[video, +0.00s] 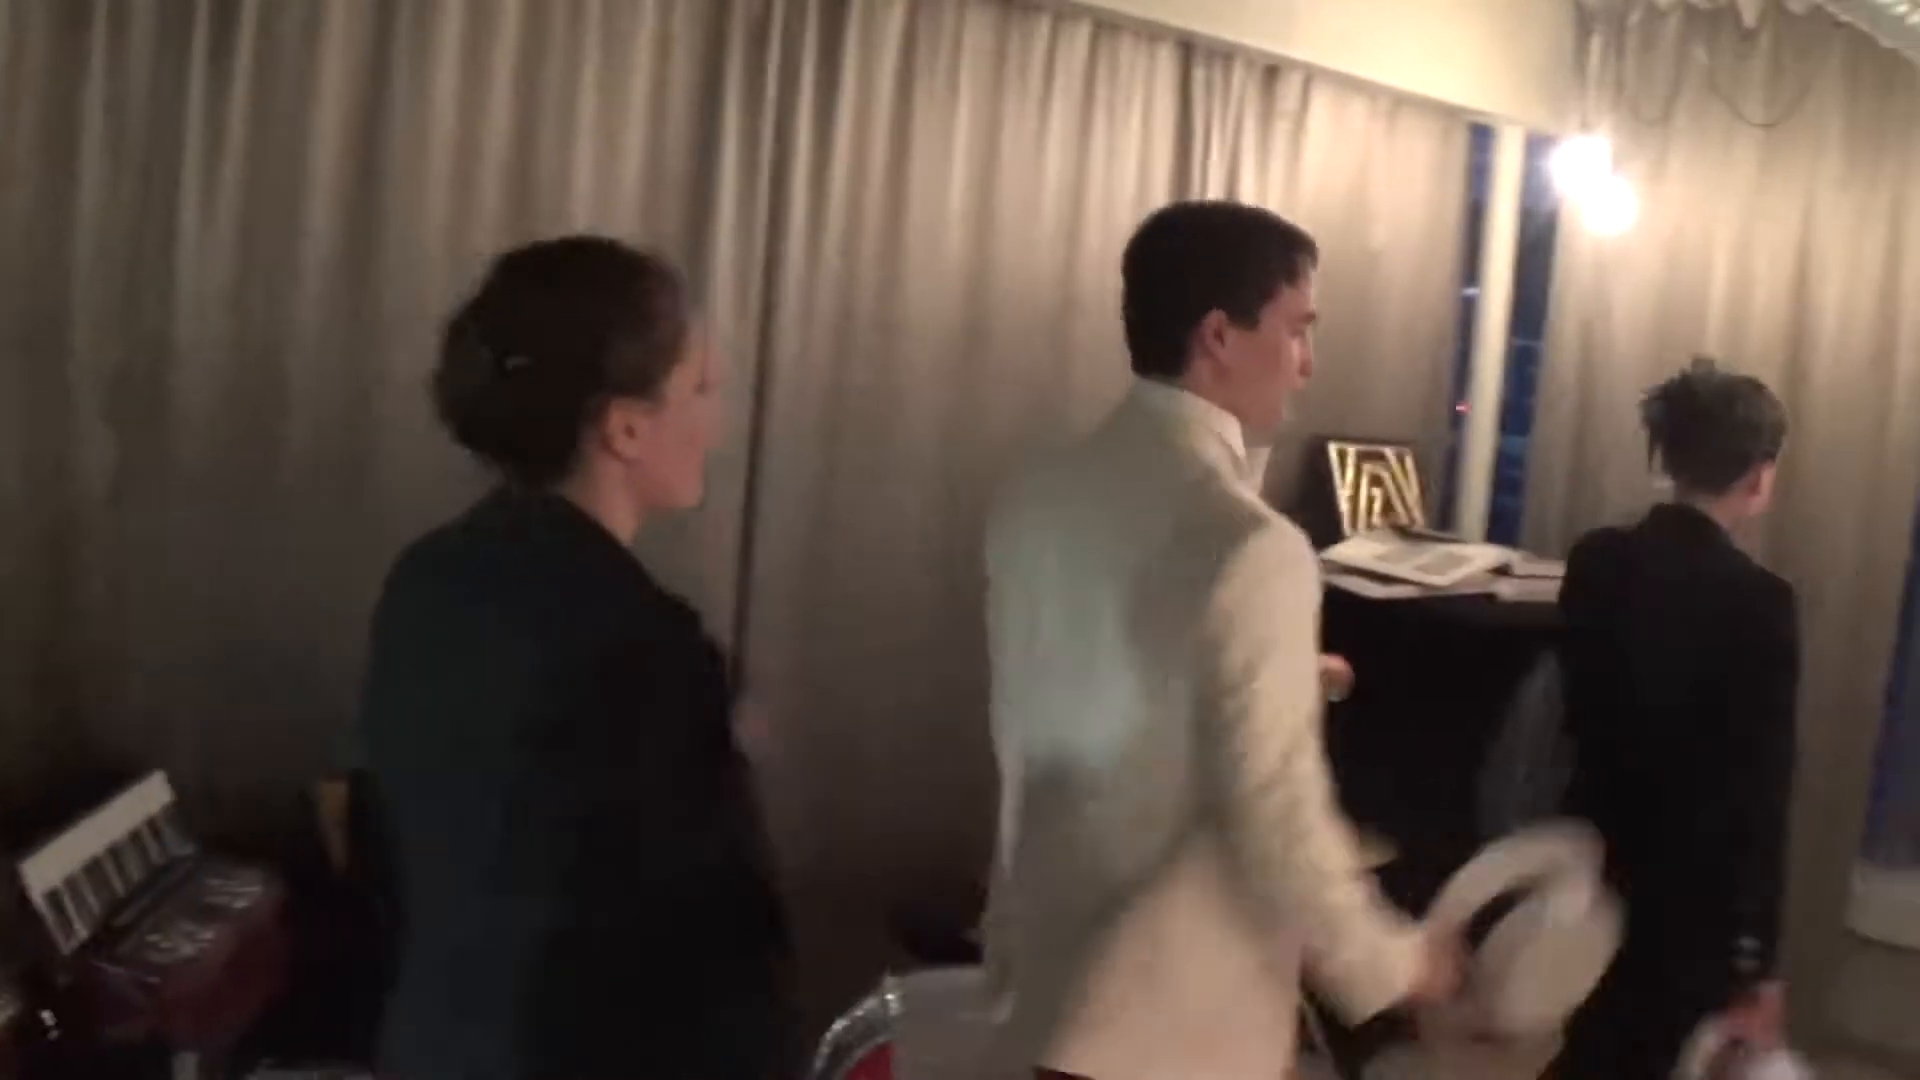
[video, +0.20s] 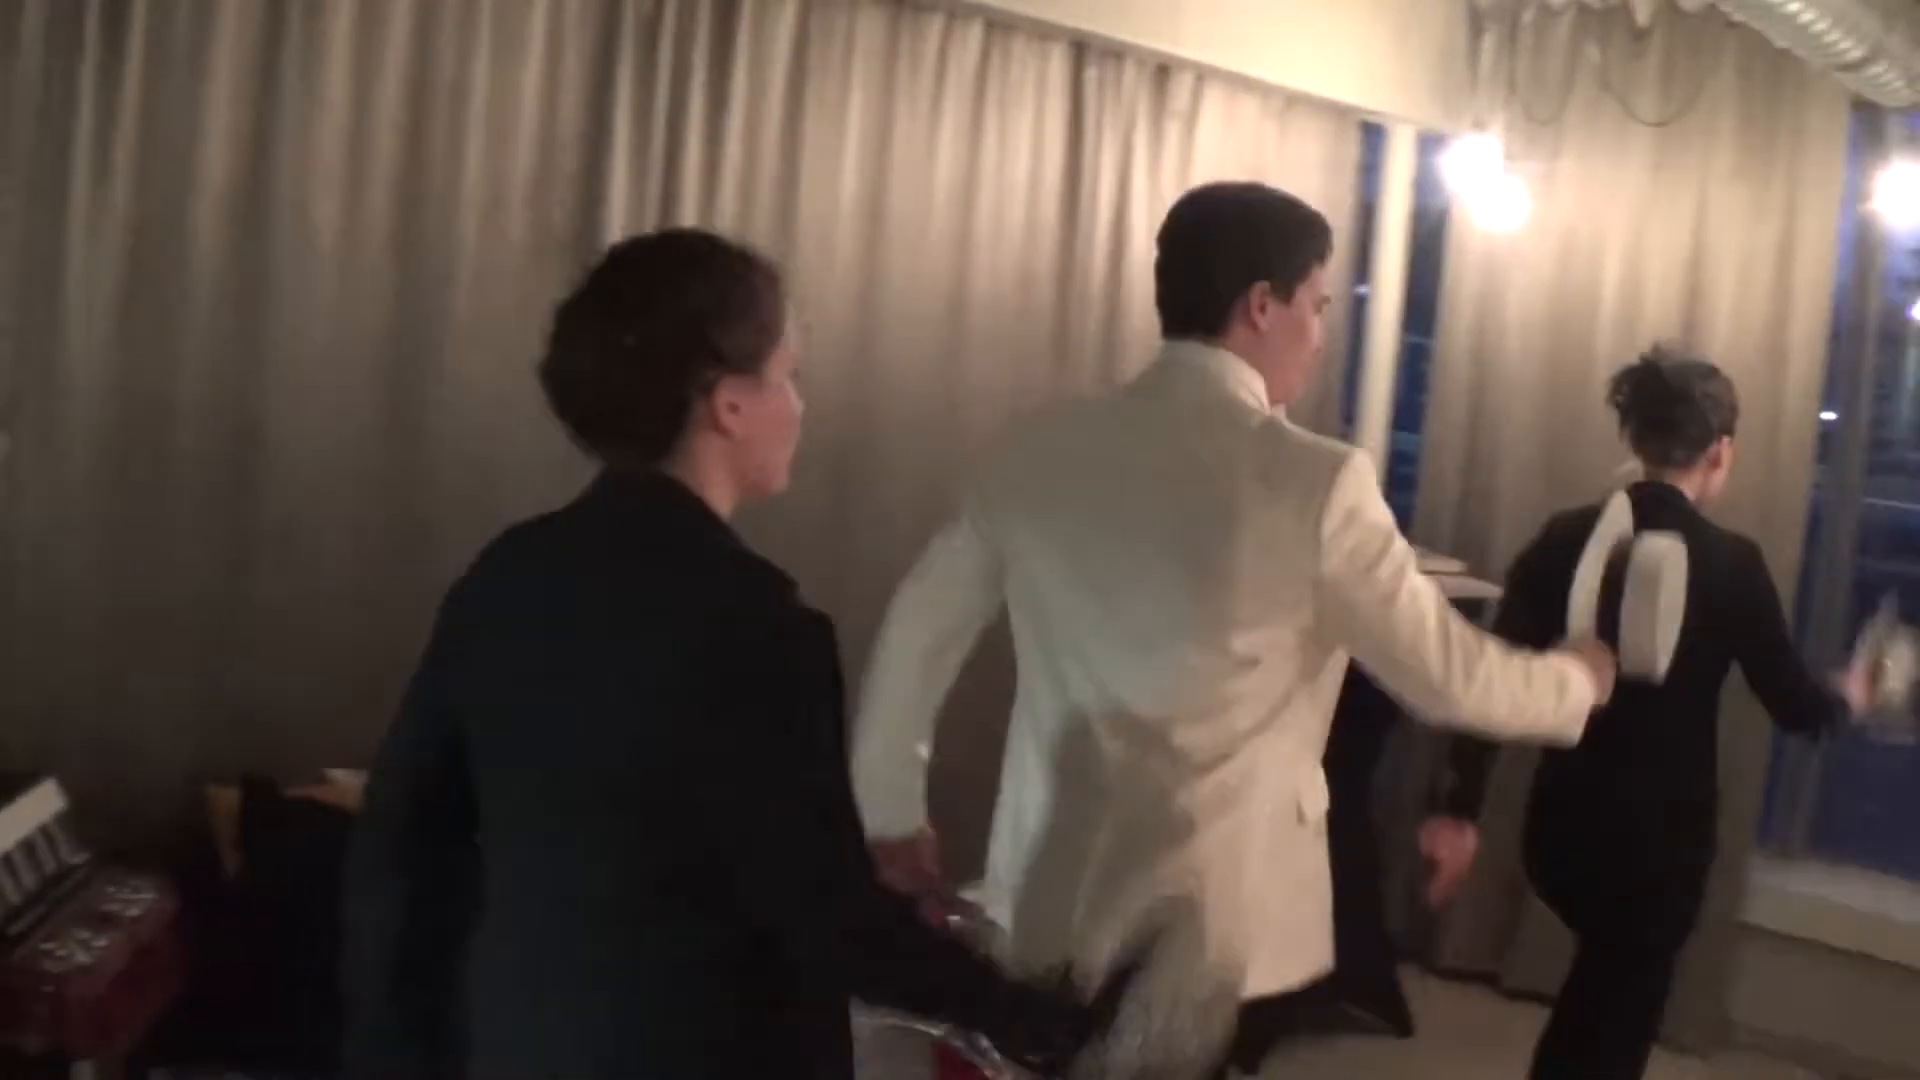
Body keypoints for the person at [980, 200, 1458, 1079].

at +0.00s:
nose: (1307, 364)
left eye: (1308, 330)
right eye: (1297, 329)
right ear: (1218, 337)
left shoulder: (1036, 492)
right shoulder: (1248, 546)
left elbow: (1084, 694)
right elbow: (1274, 811)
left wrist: (1271, 679)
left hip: (1040, 968)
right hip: (1184, 1002)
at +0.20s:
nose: (1322, 337)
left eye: (1325, 311)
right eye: (1318, 309)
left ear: (1173, 297)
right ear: (1260, 307)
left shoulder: (1036, 455)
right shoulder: (1312, 484)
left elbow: (915, 641)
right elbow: (1452, 677)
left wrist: (889, 814)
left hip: (1039, 902)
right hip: (1227, 925)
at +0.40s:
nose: (1301, 355)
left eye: (1305, 330)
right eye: (1301, 329)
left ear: (1166, 310)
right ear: (1251, 329)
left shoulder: (1045, 463)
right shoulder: (1285, 505)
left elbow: (960, 664)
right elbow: (1369, 712)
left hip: (1059, 911)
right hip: (1205, 944)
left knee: (1089, 1066)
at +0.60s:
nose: (1308, 367)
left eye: (1312, 342)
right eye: (1308, 341)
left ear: (1184, 328)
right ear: (1267, 344)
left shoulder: (1082, 470)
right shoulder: (1266, 517)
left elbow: (1076, 659)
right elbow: (1252, 740)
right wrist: (1302, 918)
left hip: (1071, 879)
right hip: (1205, 902)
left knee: (1090, 1067)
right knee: (1267, 1066)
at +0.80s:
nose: (1346, 353)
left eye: (1347, 331)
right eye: (1343, 331)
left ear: (1233, 325)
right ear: (1305, 340)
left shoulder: (1155, 436)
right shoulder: (1284, 486)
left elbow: (1237, 570)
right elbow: (1230, 676)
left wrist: (1378, 558)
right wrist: (1247, 864)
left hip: (1112, 850)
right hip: (1230, 879)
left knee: (1102, 1059)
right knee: (1245, 1066)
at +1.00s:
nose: (1396, 393)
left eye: (1396, 369)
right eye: (1389, 369)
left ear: (1301, 366)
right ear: (1342, 376)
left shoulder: (1187, 485)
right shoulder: (1340, 522)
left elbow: (1185, 664)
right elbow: (1337, 720)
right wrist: (1381, 882)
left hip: (1189, 866)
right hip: (1300, 887)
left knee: (1190, 1061)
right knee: (1302, 1061)